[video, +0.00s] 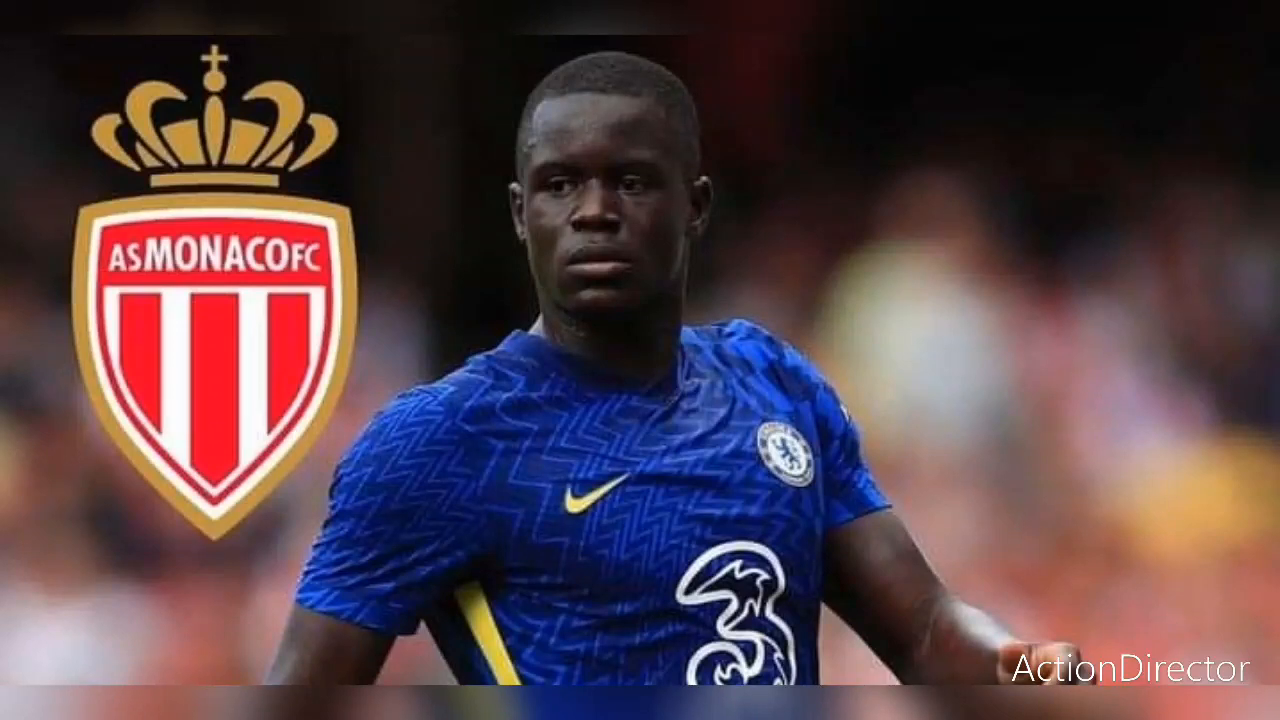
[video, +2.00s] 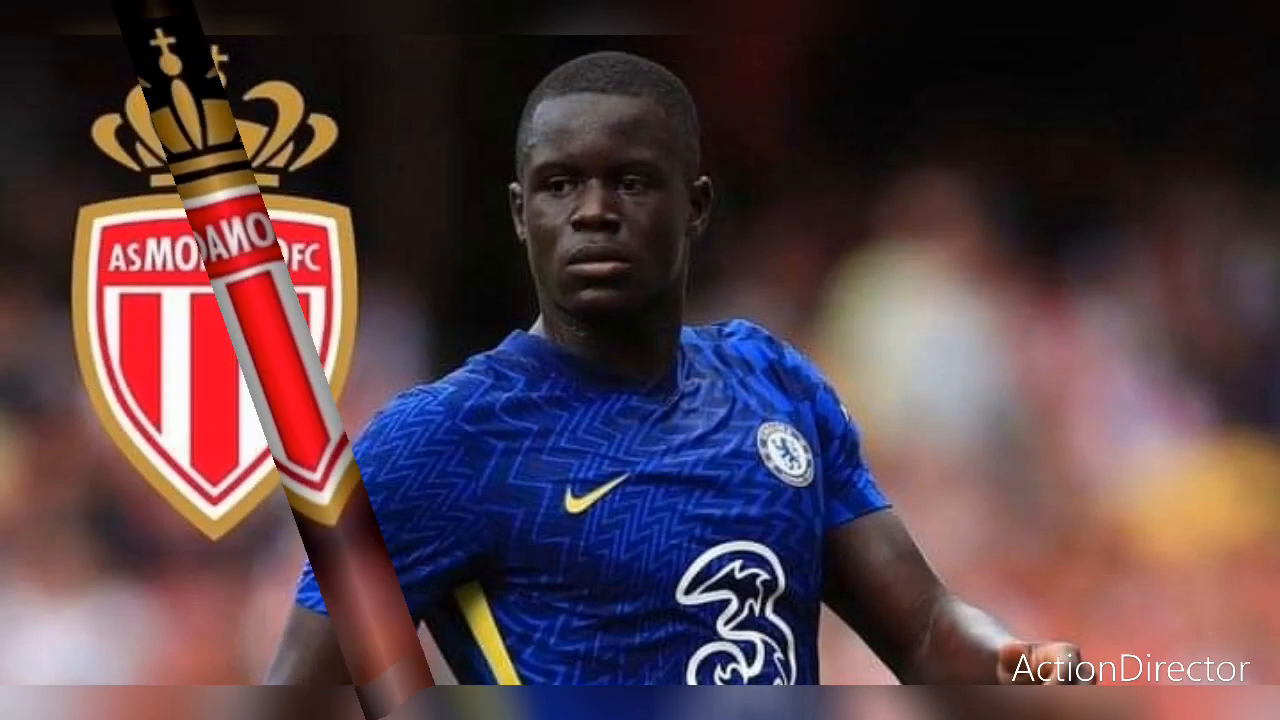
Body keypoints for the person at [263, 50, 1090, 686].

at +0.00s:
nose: (595, 209)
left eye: (633, 178)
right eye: (560, 181)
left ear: (697, 208)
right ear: (523, 215)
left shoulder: (771, 385)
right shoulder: (433, 445)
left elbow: (921, 626)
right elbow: (300, 692)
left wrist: (1021, 673)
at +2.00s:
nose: (595, 209)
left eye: (633, 179)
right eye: (560, 181)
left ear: (697, 210)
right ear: (523, 215)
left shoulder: (771, 385)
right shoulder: (437, 440)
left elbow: (921, 626)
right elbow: (297, 689)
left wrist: (1017, 673)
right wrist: (398, 694)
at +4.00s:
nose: (595, 210)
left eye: (633, 178)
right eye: (560, 181)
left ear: (697, 209)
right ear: (522, 216)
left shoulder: (770, 385)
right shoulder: (433, 444)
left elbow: (921, 626)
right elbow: (301, 691)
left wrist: (1021, 675)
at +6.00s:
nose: (600, 209)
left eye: (636, 177)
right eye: (562, 180)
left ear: (698, 206)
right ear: (520, 213)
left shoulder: (770, 384)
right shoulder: (453, 430)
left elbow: (920, 625)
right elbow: (302, 688)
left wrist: (1021, 673)